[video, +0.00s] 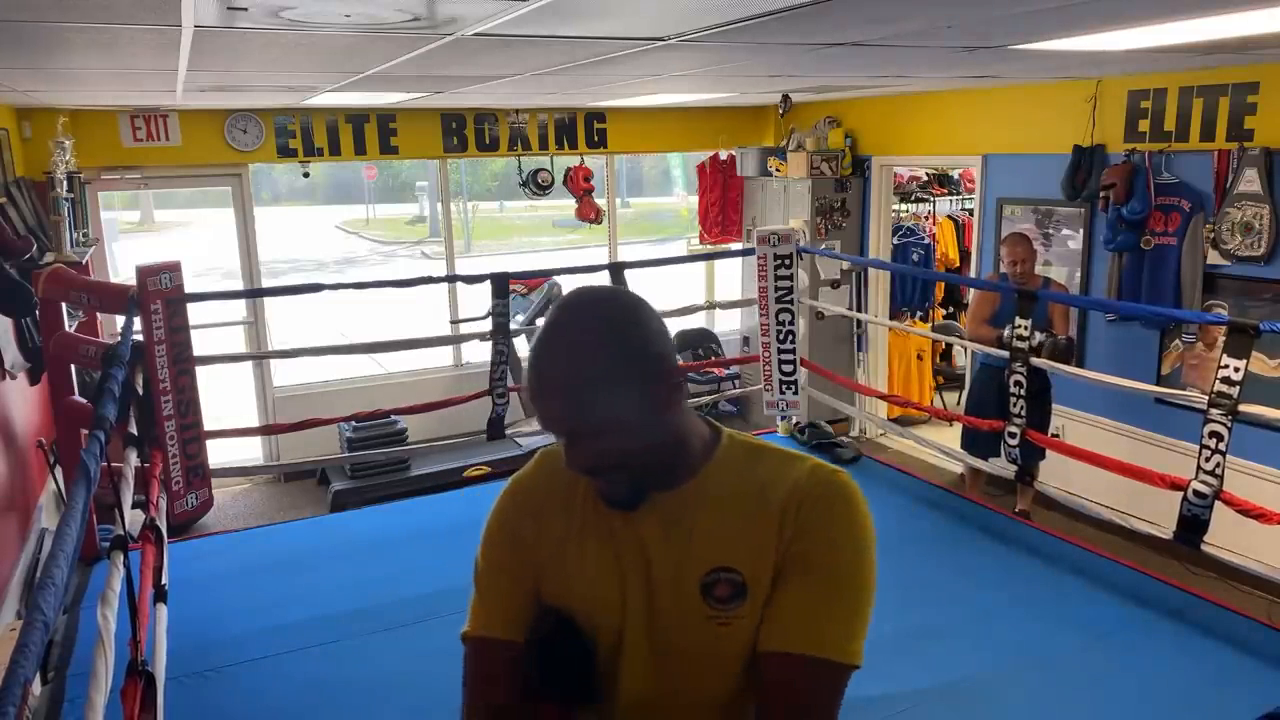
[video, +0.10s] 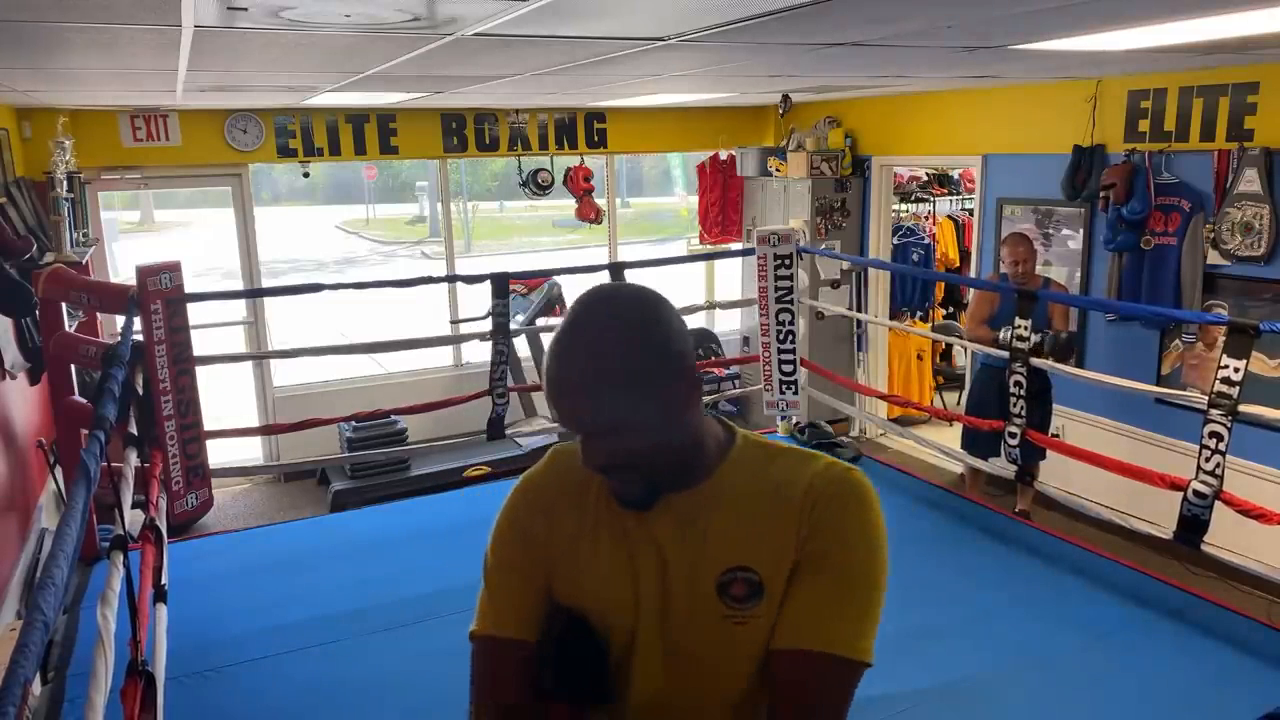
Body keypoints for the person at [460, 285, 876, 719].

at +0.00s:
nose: (576, 466)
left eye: (598, 444)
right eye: (558, 438)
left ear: (673, 389)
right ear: (538, 411)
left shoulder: (813, 506)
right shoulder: (528, 503)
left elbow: (794, 708)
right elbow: (489, 703)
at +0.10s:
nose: (591, 459)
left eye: (612, 433)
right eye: (575, 432)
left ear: (690, 389)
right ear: (562, 413)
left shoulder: (826, 502)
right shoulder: (540, 500)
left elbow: (805, 708)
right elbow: (498, 702)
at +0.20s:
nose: (606, 464)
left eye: (625, 438)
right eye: (591, 436)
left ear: (707, 388)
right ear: (575, 414)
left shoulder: (834, 499)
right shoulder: (551, 496)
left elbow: (815, 705)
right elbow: (504, 700)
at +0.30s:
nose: (621, 472)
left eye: (652, 443)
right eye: (603, 444)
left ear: (722, 394)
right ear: (584, 417)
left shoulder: (838, 499)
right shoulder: (555, 496)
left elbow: (827, 708)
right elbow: (508, 704)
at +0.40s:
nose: (623, 478)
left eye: (650, 451)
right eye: (603, 451)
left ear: (723, 398)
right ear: (583, 423)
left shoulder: (829, 501)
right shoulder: (548, 499)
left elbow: (829, 707)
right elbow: (500, 703)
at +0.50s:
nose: (617, 482)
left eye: (643, 453)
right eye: (594, 453)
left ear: (709, 404)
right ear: (572, 425)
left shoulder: (816, 501)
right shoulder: (529, 503)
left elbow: (822, 704)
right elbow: (490, 701)